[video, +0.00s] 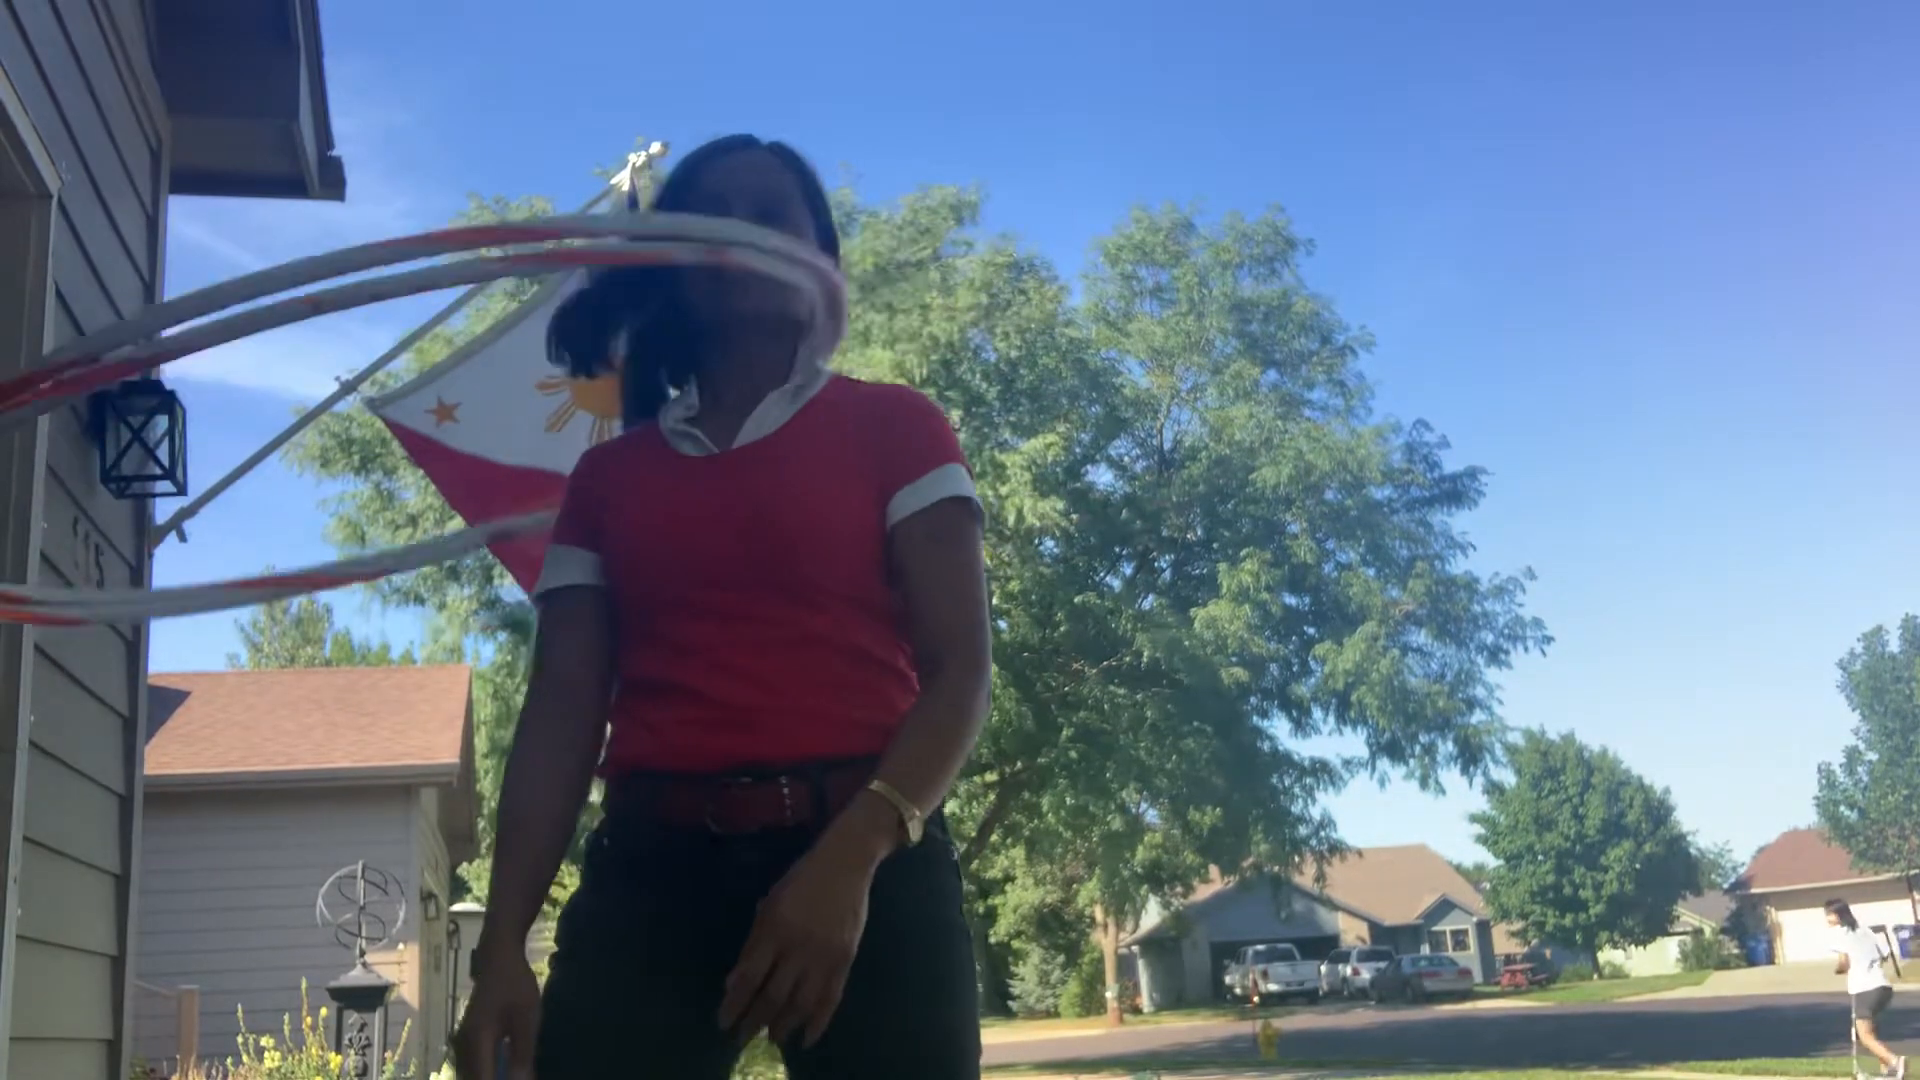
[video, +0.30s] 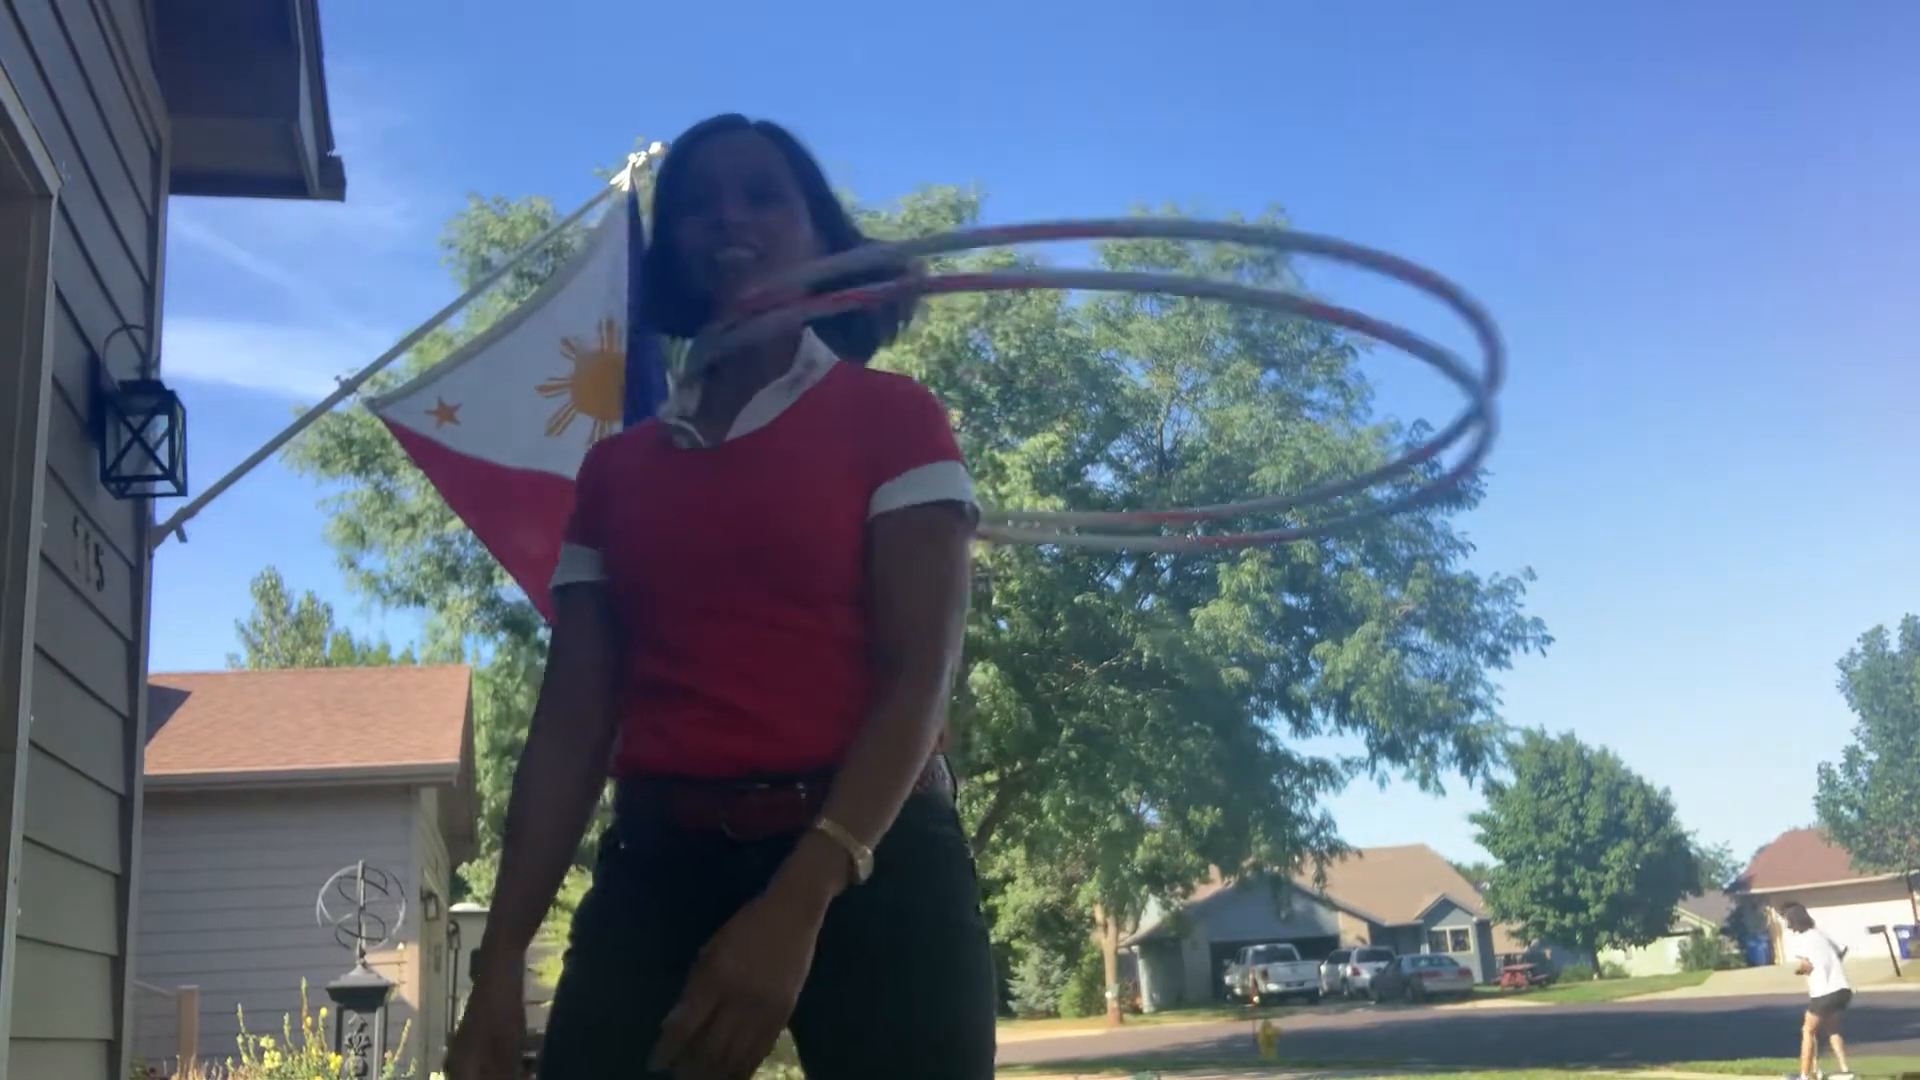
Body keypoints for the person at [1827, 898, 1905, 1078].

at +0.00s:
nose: (1827, 920)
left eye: (1829, 915)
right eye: (1827, 915)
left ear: (1838, 915)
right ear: (1846, 914)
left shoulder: (1840, 934)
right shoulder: (1865, 930)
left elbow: (1844, 964)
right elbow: (1883, 954)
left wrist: (1838, 970)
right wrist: (1866, 963)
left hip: (1865, 987)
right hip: (1884, 984)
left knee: (1863, 1034)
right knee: (1871, 1028)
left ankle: (1894, 1061)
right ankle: (1885, 1067)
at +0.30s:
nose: (1788, 926)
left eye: (1788, 922)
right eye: (1787, 922)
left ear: (1793, 922)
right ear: (1806, 918)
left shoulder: (1799, 939)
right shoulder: (1820, 933)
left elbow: (1807, 965)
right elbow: (1840, 950)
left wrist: (1799, 970)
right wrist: (1830, 966)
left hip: (1823, 991)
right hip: (1842, 987)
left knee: (1808, 1029)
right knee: (1832, 1027)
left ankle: (1806, 1073)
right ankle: (1845, 1069)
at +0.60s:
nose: (1751, 924)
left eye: (1752, 921)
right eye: (1751, 921)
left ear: (1757, 922)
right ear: (1773, 919)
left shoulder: (1757, 938)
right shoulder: (1785, 933)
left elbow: (1761, 963)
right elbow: (1802, 953)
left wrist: (1755, 971)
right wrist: (1791, 968)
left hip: (1780, 988)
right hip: (1800, 983)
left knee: (1784, 1032)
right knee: (1793, 1025)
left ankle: (1800, 1071)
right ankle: (1801, 1066)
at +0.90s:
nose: (1727, 936)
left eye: (1728, 932)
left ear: (1728, 933)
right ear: (1744, 931)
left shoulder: (1724, 945)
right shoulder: (1754, 944)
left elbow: (1724, 970)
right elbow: (1772, 966)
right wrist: (1754, 970)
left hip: (1744, 991)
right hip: (1763, 988)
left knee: (1755, 1030)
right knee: (1748, 1028)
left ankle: (1781, 1062)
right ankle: (1763, 1065)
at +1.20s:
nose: (1684, 933)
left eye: (1684, 930)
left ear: (1687, 930)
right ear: (1701, 927)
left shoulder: (1686, 944)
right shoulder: (1712, 941)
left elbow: (1686, 967)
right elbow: (1730, 960)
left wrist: (1686, 976)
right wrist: (1717, 970)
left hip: (1704, 990)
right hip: (1723, 988)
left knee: (1696, 1026)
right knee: (1714, 1026)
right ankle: (1726, 1064)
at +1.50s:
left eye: (1647, 936)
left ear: (1648, 937)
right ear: (1664, 935)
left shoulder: (1646, 951)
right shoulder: (1672, 946)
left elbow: (1646, 976)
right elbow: (1686, 967)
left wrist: (1644, 979)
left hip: (1666, 996)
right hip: (1684, 993)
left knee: (1669, 1034)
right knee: (1675, 1031)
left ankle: (1675, 1068)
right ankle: (1681, 1065)